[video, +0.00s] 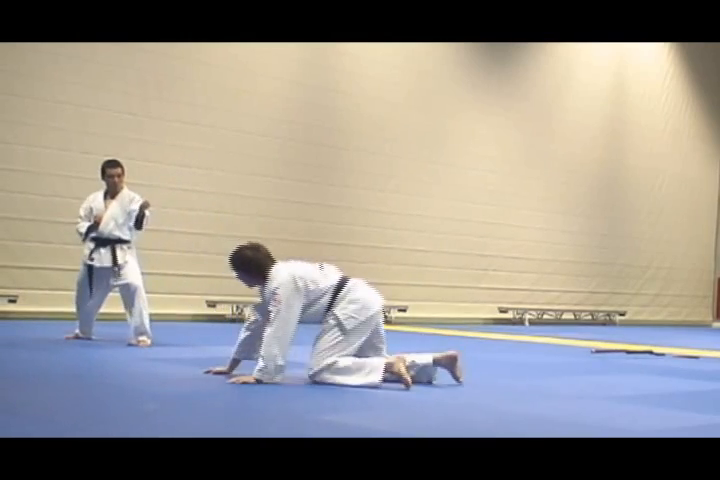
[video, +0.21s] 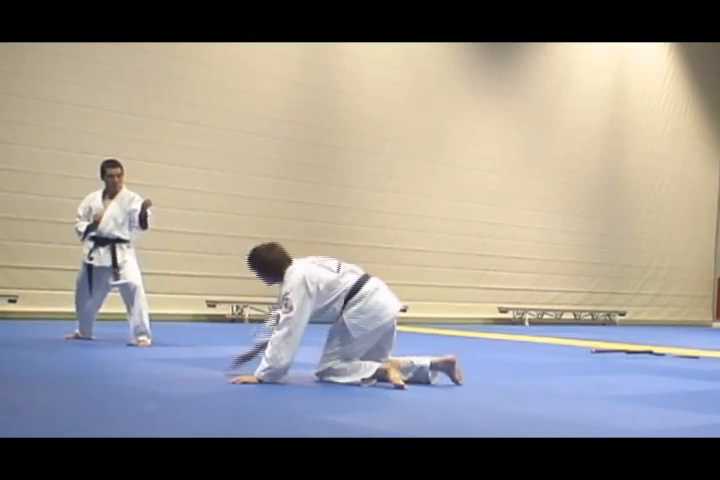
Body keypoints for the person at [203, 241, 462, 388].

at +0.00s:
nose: (239, 280)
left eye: (239, 275)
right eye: (238, 275)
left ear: (250, 273)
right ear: (262, 262)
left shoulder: (283, 281)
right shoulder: (277, 279)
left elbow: (279, 331)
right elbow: (256, 324)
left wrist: (263, 374)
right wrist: (234, 362)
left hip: (353, 301)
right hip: (364, 298)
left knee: (321, 369)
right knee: (374, 367)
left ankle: (386, 367)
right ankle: (439, 363)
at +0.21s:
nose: (261, 280)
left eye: (259, 274)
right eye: (258, 275)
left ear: (268, 271)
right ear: (282, 258)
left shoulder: (297, 278)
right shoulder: (302, 270)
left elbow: (288, 331)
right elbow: (283, 320)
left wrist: (264, 375)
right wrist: (259, 347)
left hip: (366, 308)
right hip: (383, 302)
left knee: (329, 369)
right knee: (375, 368)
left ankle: (380, 370)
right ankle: (438, 366)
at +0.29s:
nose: (264, 272)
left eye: (263, 267)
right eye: (262, 267)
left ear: (270, 265)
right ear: (286, 250)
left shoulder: (297, 276)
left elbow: (286, 328)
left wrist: (264, 374)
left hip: (366, 309)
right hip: (385, 300)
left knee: (328, 369)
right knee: (378, 367)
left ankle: (381, 371)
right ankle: (438, 367)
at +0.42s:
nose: (264, 254)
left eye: (263, 249)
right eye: (263, 248)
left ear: (272, 250)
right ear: (289, 236)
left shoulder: (290, 272)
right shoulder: (320, 244)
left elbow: (279, 324)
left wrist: (257, 366)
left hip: (361, 306)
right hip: (383, 296)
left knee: (326, 370)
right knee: (378, 363)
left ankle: (379, 371)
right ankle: (436, 374)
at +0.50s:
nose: (267, 243)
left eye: (266, 238)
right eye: (266, 237)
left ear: (273, 239)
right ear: (293, 226)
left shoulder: (286, 264)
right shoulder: (325, 236)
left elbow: (272, 316)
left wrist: (251, 360)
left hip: (353, 304)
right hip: (379, 292)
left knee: (326, 370)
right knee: (381, 359)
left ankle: (379, 371)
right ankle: (437, 374)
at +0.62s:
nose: (275, 226)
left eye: (275, 221)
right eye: (276, 221)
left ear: (280, 222)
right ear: (304, 212)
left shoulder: (283, 249)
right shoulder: (336, 226)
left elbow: (268, 302)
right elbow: (375, 252)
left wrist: (262, 350)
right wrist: (388, 290)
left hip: (340, 300)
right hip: (371, 283)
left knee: (325, 369)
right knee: (393, 344)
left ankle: (378, 368)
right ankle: (435, 372)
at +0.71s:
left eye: (285, 208)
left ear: (288, 212)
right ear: (315, 203)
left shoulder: (284, 243)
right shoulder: (342, 219)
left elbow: (274, 295)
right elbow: (379, 246)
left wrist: (277, 340)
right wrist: (391, 286)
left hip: (332, 302)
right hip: (367, 285)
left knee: (323, 368)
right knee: (401, 330)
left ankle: (373, 367)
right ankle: (430, 370)